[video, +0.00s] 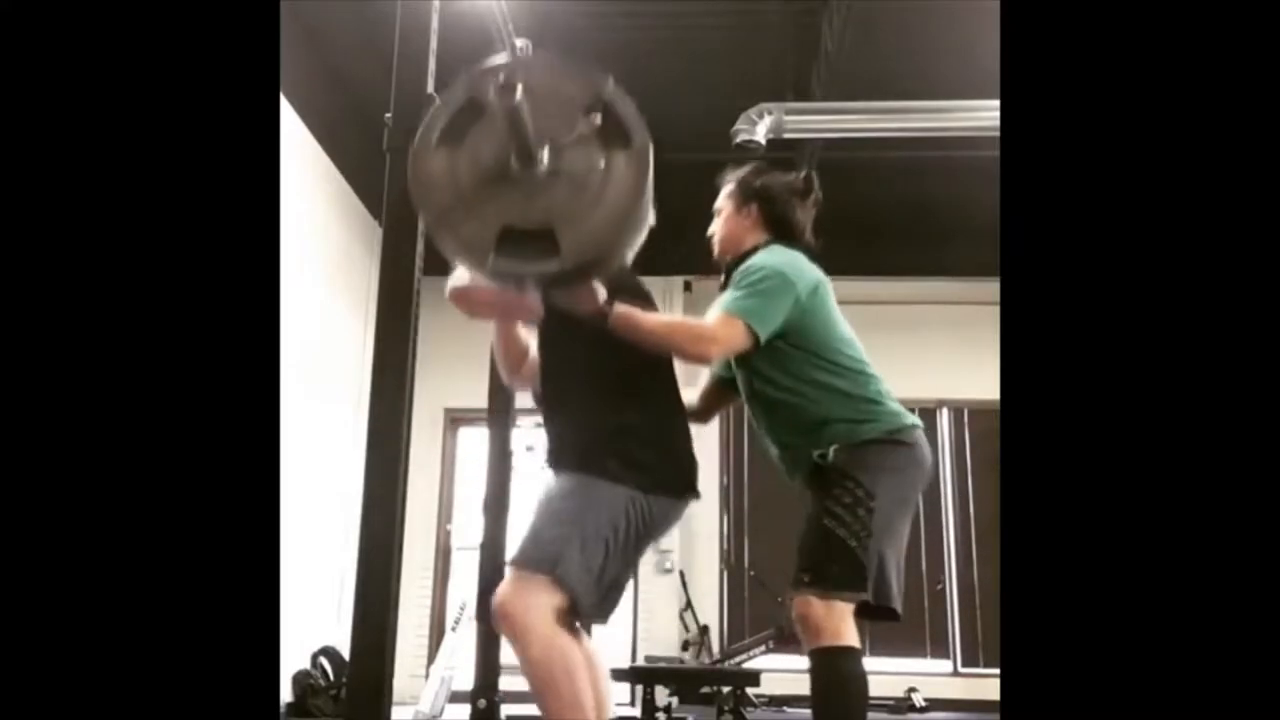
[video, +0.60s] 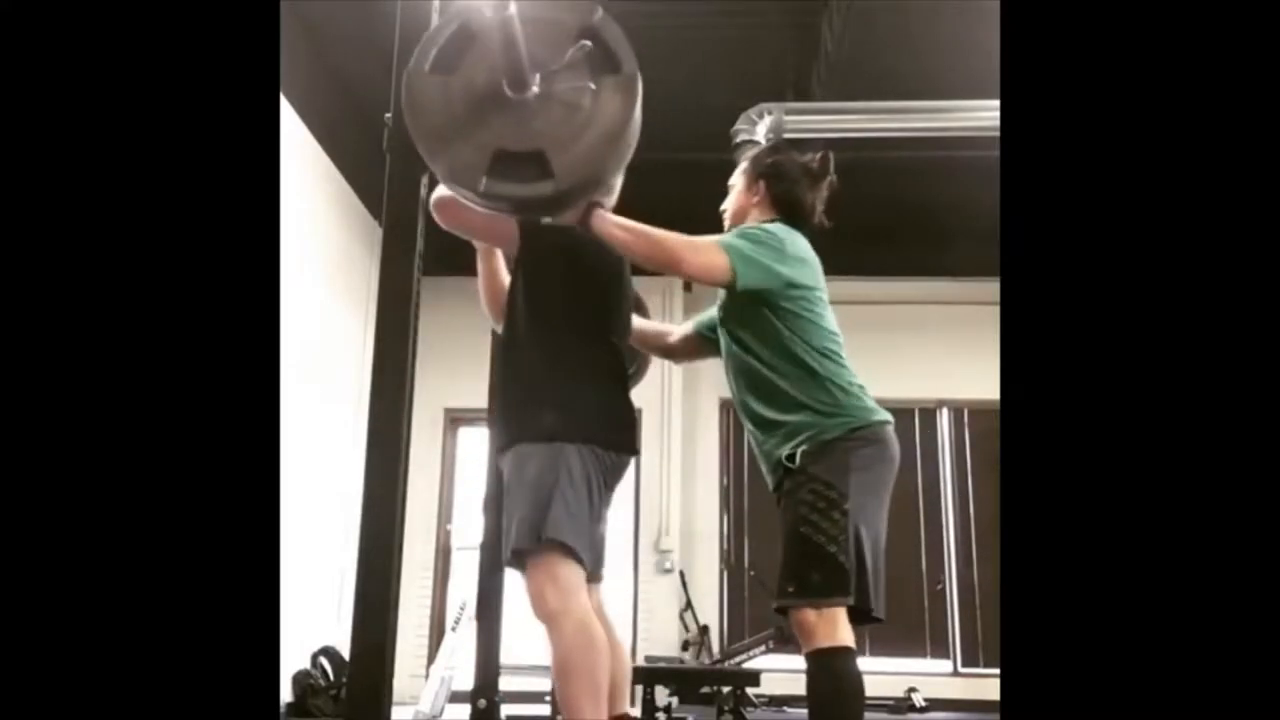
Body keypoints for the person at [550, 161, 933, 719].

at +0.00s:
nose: (710, 225)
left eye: (719, 210)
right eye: (713, 211)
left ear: (753, 213)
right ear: (754, 216)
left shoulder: (778, 268)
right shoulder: (753, 291)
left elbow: (715, 340)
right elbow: (703, 406)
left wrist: (606, 310)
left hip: (876, 448)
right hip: (853, 455)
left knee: (821, 606)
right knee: (818, 610)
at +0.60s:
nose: (725, 196)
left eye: (733, 184)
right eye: (730, 184)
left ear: (758, 191)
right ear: (768, 196)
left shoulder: (778, 243)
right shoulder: (750, 297)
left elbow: (686, 259)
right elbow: (676, 343)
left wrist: (592, 215)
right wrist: (599, 312)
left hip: (842, 445)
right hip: (817, 456)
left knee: (817, 614)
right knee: (814, 617)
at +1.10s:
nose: (679, 195)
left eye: (695, 184)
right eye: (682, 185)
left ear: (733, 198)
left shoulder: (721, 241)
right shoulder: (693, 293)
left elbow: (602, 224)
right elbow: (614, 323)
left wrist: (498, 182)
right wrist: (533, 290)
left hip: (794, 443)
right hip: (772, 454)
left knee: (805, 618)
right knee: (803, 621)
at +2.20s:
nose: (720, 152)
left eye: (728, 138)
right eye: (726, 140)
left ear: (751, 145)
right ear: (776, 155)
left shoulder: (756, 204)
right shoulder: (754, 227)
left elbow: (620, 206)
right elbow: (680, 326)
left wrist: (510, 190)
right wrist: (597, 324)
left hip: (819, 426)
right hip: (806, 430)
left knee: (790, 604)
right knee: (791, 606)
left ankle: (824, 717)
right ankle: (823, 716)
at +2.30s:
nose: (735, 159)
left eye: (741, 147)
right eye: (737, 148)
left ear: (768, 151)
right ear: (790, 158)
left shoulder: (778, 206)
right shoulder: (772, 230)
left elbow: (651, 223)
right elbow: (711, 346)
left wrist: (546, 203)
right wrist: (612, 368)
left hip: (825, 429)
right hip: (805, 434)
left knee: (795, 611)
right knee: (794, 613)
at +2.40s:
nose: (749, 170)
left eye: (760, 157)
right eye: (753, 157)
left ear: (789, 166)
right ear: (803, 172)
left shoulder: (797, 222)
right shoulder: (791, 237)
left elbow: (704, 257)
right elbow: (763, 364)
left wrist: (587, 227)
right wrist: (670, 412)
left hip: (829, 437)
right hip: (810, 441)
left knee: (798, 614)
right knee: (796, 616)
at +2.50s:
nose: (759, 181)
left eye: (770, 169)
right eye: (763, 169)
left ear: (802, 175)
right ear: (809, 179)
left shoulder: (809, 228)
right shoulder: (802, 243)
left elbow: (786, 293)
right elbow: (779, 382)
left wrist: (680, 300)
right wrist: (712, 451)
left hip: (840, 440)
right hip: (822, 444)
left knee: (816, 613)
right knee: (808, 619)